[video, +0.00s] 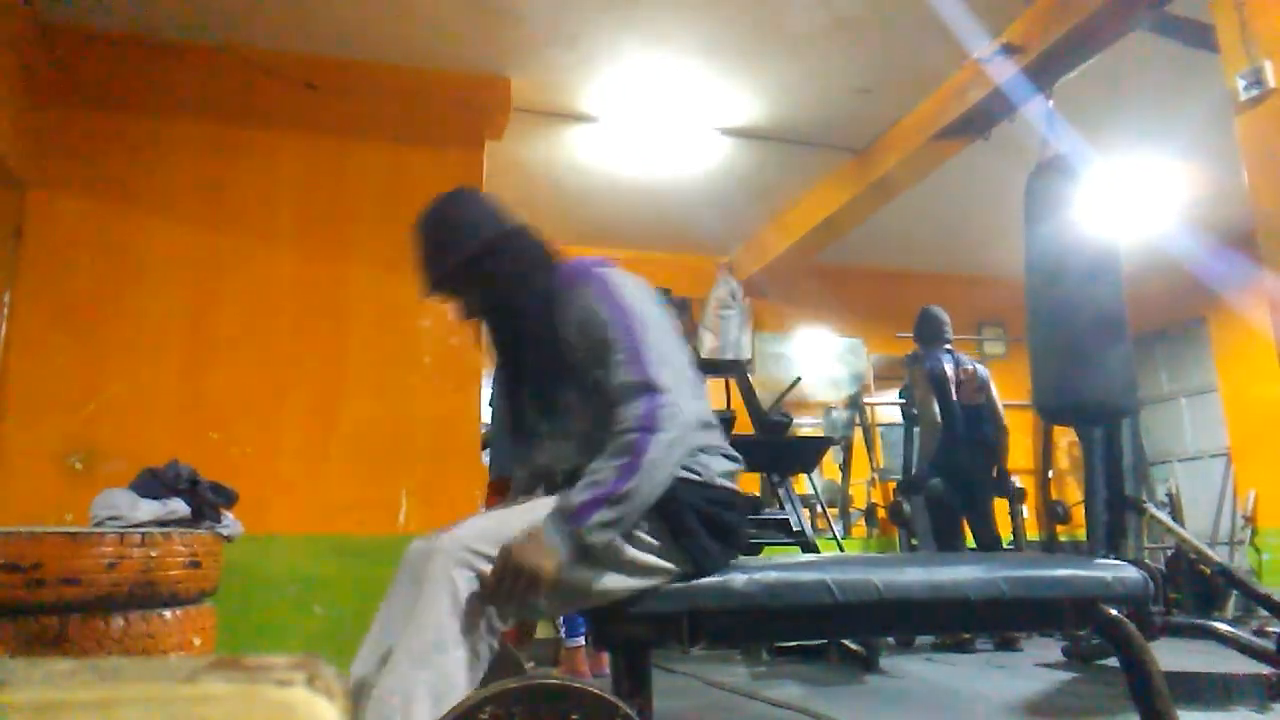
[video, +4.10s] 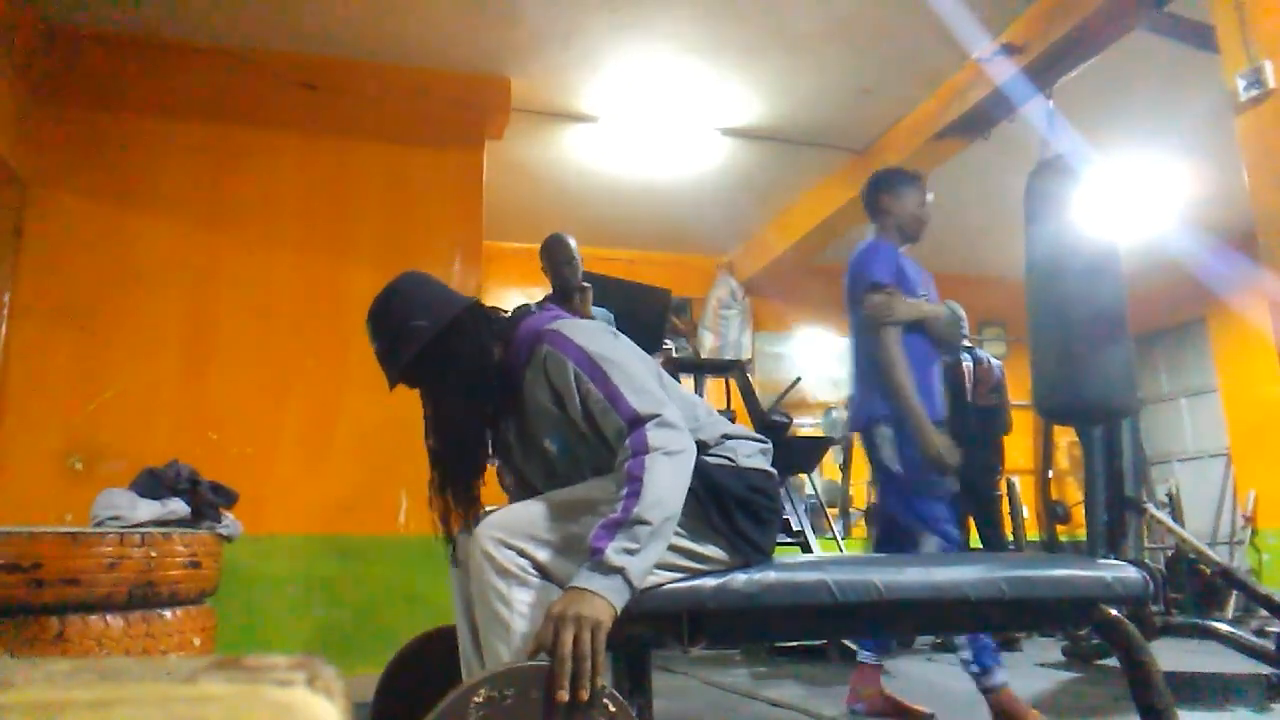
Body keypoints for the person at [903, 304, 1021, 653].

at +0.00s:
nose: (918, 341)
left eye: (917, 336)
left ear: (919, 336)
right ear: (950, 334)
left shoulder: (922, 367)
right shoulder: (977, 368)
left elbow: (932, 419)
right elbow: (1001, 424)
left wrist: (921, 469)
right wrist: (1002, 470)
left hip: (943, 471)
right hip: (978, 470)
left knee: (949, 549)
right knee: (991, 545)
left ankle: (958, 630)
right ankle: (1008, 627)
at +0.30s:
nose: (930, 337)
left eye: (930, 330)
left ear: (932, 331)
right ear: (964, 330)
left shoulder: (931, 366)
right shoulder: (986, 364)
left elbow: (927, 421)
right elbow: (1005, 424)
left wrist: (906, 437)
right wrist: (980, 438)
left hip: (943, 462)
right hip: (980, 462)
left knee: (950, 545)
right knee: (992, 541)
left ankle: (956, 629)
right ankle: (1007, 626)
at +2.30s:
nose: (926, 343)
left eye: (926, 336)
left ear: (928, 334)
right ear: (960, 330)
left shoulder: (933, 365)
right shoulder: (989, 365)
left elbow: (922, 418)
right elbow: (999, 422)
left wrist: (910, 394)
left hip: (944, 467)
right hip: (981, 467)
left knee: (950, 547)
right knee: (993, 544)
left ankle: (956, 630)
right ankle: (1006, 628)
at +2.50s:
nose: (928, 337)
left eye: (929, 330)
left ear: (930, 330)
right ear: (963, 329)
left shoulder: (933, 363)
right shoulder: (988, 364)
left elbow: (935, 420)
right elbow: (1005, 423)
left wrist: (905, 433)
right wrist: (972, 424)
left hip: (948, 465)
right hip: (984, 465)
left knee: (951, 544)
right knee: (994, 541)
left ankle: (957, 627)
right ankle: (1008, 626)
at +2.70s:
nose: (922, 340)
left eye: (922, 335)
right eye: (926, 334)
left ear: (924, 335)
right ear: (955, 333)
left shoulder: (926, 366)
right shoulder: (982, 367)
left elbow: (931, 420)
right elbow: (1002, 423)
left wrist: (918, 469)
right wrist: (994, 465)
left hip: (944, 471)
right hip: (980, 471)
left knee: (950, 549)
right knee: (993, 546)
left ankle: (957, 629)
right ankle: (1007, 627)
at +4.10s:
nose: (957, 328)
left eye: (950, 325)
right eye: (959, 321)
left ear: (944, 332)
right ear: (970, 328)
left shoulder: (943, 363)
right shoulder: (992, 365)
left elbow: (942, 412)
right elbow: (1003, 421)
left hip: (951, 456)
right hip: (985, 461)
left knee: (953, 543)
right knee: (995, 540)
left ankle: (952, 624)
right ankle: (1007, 621)